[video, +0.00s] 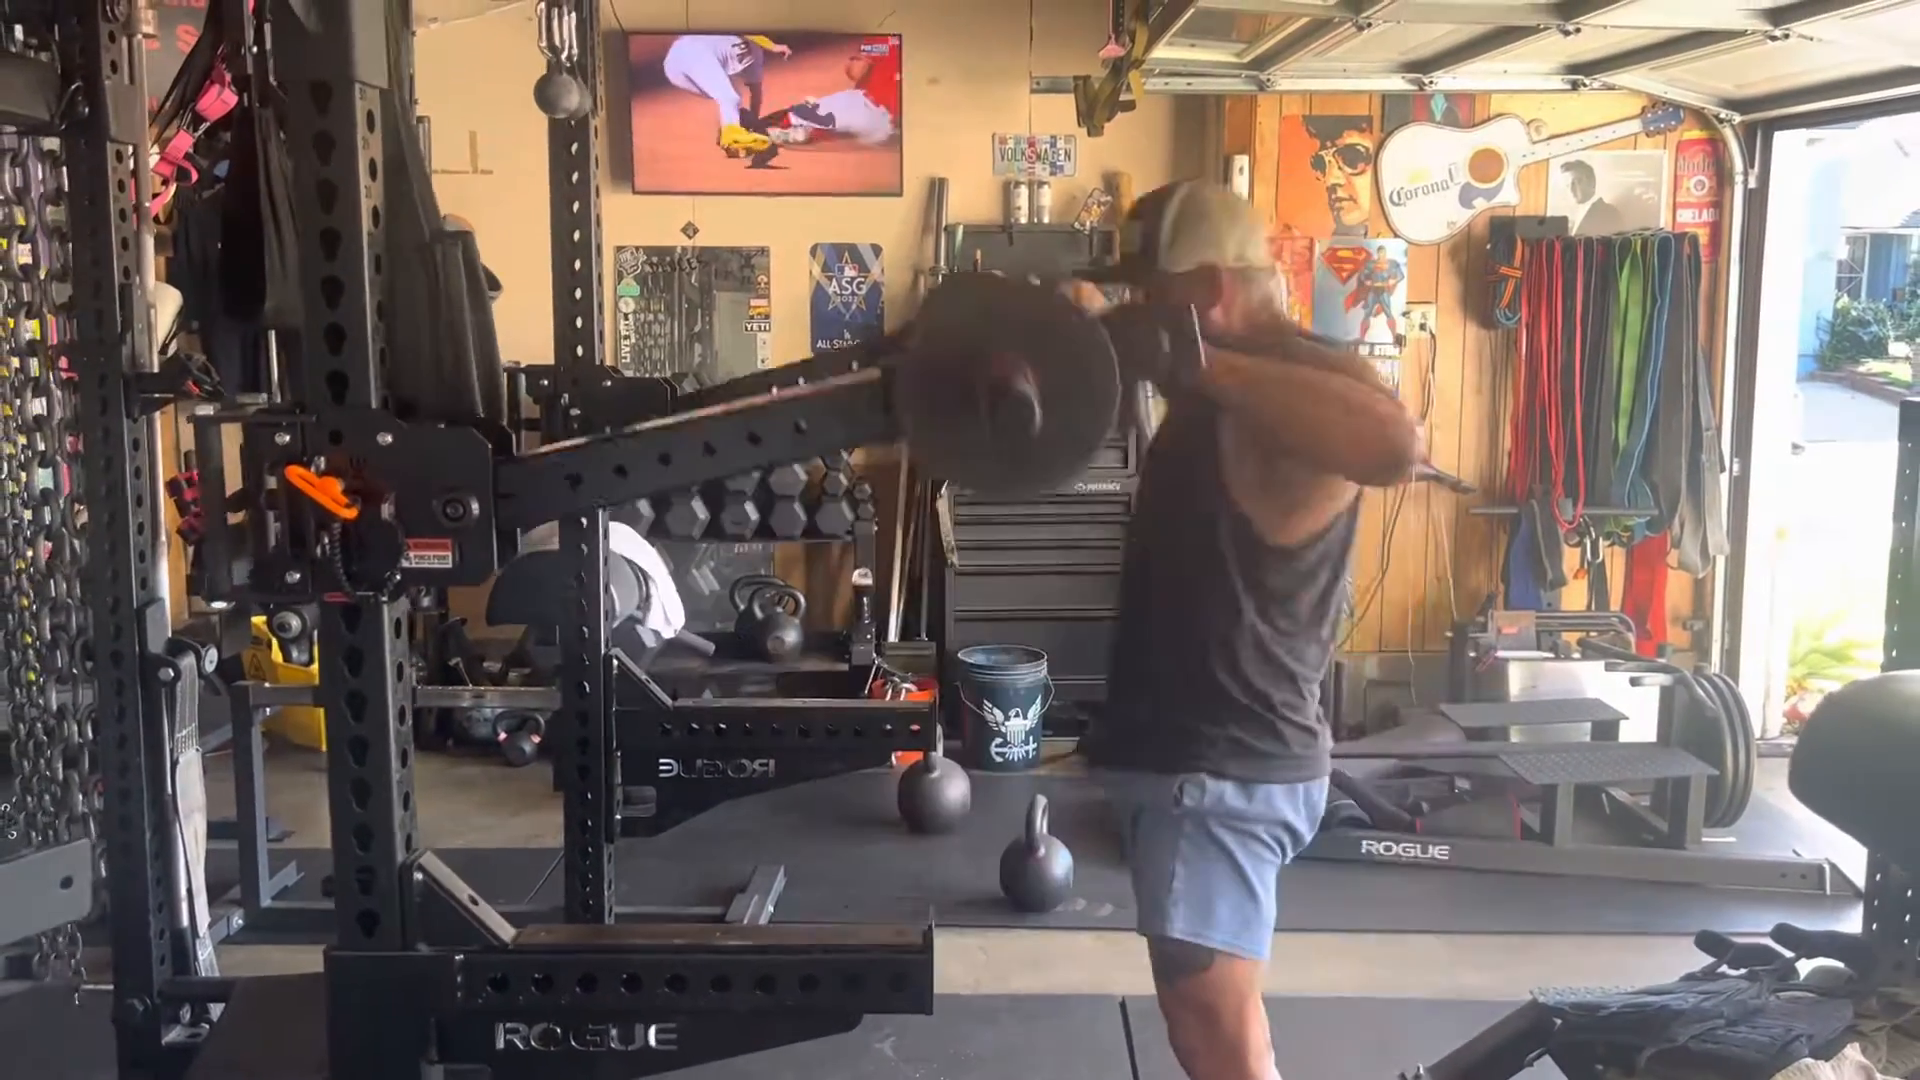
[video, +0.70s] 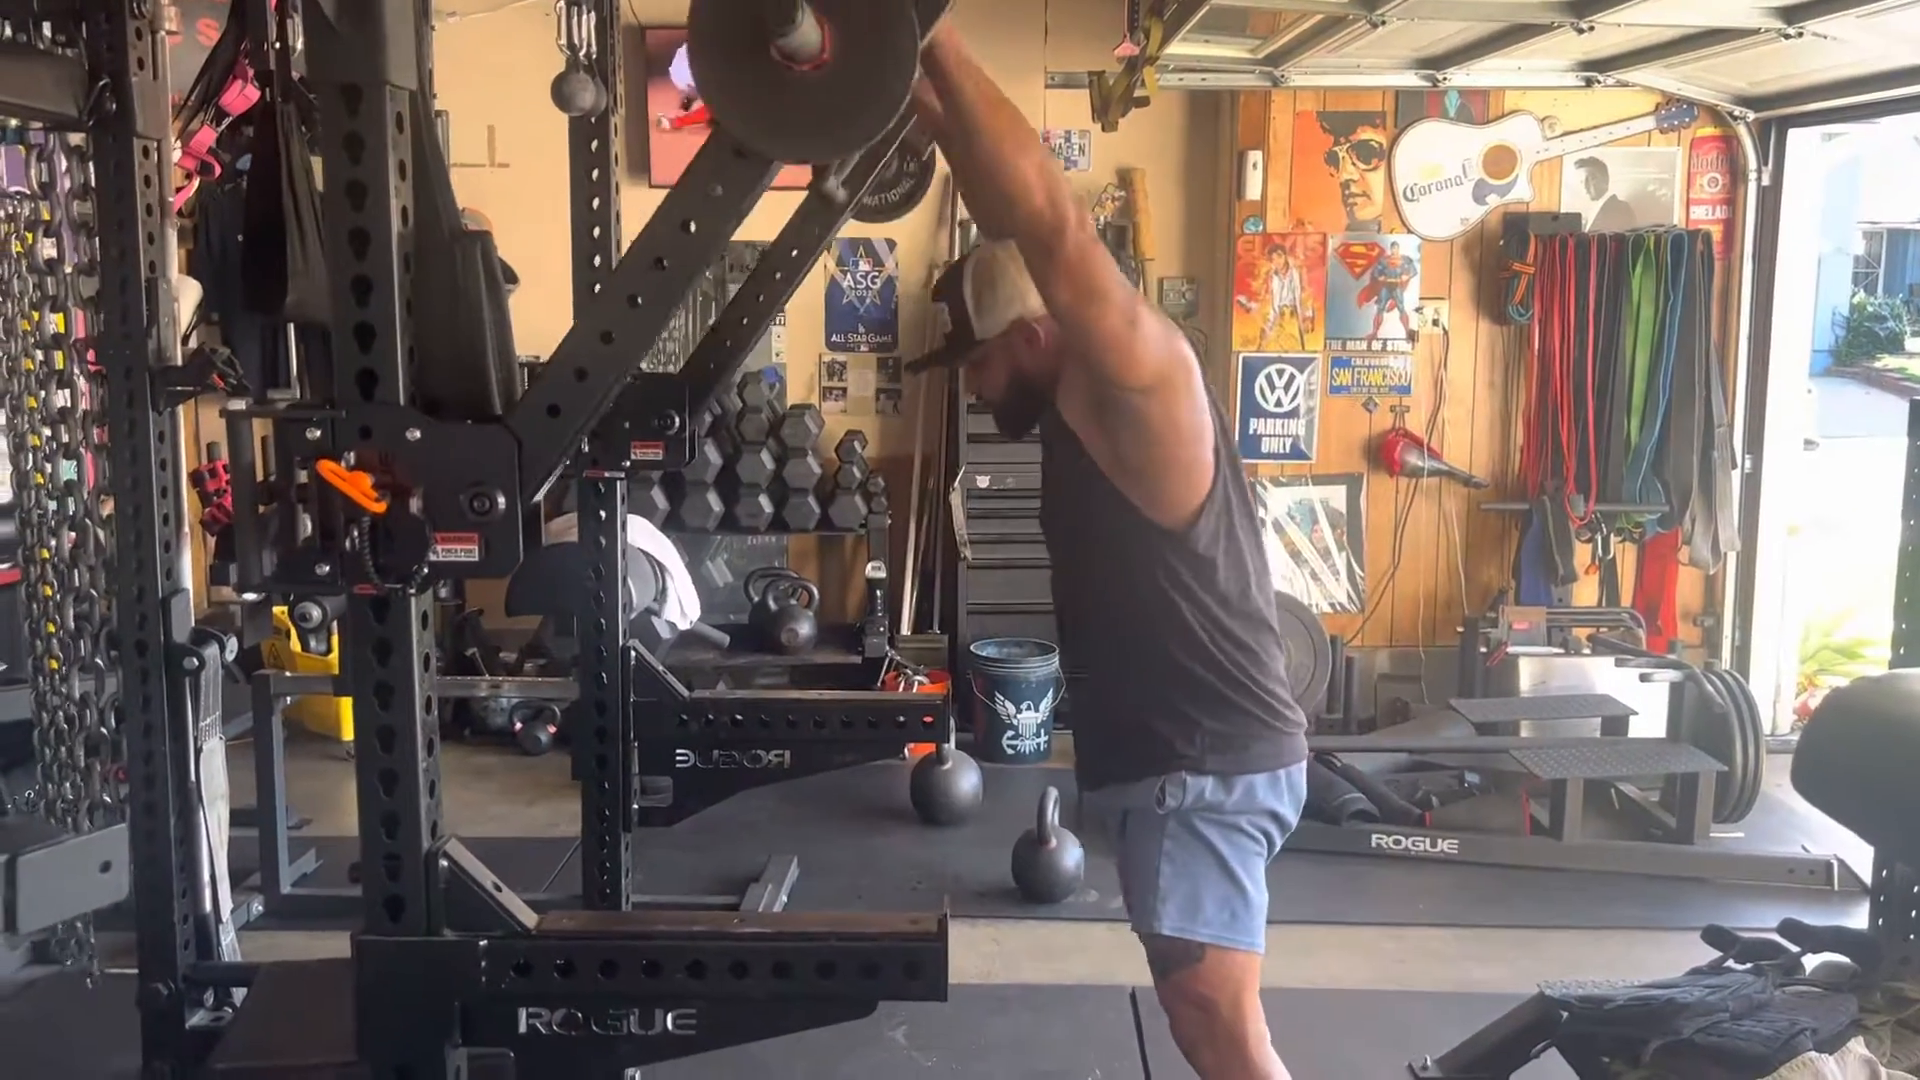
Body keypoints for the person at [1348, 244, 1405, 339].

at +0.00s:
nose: (1381, 255)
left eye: (1383, 253)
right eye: (1380, 253)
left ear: (1386, 253)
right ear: (1377, 253)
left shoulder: (1392, 264)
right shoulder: (1370, 264)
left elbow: (1401, 276)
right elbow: (1362, 275)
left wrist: (1393, 282)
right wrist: (1366, 281)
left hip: (1385, 288)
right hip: (1373, 288)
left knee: (1388, 313)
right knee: (1367, 313)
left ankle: (1394, 337)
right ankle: (1362, 337)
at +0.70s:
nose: (1394, 251)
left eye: (1396, 248)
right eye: (1393, 248)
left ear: (1399, 249)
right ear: (1390, 249)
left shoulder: (1405, 260)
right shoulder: (1384, 260)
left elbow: (1414, 271)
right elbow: (1375, 271)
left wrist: (1406, 277)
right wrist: (1379, 277)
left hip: (1398, 284)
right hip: (1386, 284)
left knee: (1401, 308)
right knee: (1380, 308)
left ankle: (1407, 332)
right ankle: (1374, 332)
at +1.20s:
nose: (1422, 229)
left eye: (1424, 227)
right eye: (1421, 227)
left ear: (1427, 227)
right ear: (1418, 227)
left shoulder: (1434, 238)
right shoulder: (1412, 238)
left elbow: (1442, 250)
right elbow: (1403, 250)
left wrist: (1435, 256)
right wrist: (1407, 256)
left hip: (1425, 262)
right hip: (1413, 262)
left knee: (1428, 286)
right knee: (1408, 286)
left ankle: (1435, 311)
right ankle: (1402, 311)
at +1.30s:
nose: (1429, 224)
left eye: (1431, 222)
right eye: (1428, 222)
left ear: (1434, 222)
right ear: (1425, 222)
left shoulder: (1440, 233)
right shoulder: (1418, 233)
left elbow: (1449, 244)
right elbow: (1410, 244)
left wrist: (1442, 250)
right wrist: (1414, 250)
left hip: (1432, 257)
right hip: (1420, 257)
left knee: (1435, 281)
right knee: (1415, 281)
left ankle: (1442, 306)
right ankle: (1409, 304)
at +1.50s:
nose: (1443, 213)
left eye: (1445, 210)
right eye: (1441, 210)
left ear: (1447, 211)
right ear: (1439, 211)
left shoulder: (1454, 221)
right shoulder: (1433, 221)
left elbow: (1463, 233)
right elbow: (1424, 233)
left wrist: (1456, 239)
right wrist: (1427, 239)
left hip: (1446, 246)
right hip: (1434, 246)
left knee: (1450, 271)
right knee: (1428, 271)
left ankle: (1456, 295)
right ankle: (1422, 296)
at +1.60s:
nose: (1454, 205)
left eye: (1455, 203)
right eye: (1452, 203)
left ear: (1458, 203)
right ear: (1449, 204)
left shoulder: (1465, 214)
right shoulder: (1443, 214)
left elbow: (1472, 225)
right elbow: (1434, 225)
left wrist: (1465, 232)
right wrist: (1438, 232)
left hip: (1456, 238)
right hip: (1444, 238)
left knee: (1459, 262)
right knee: (1439, 262)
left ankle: (1466, 287)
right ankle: (1431, 288)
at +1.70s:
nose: (1463, 197)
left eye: (1465, 195)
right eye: (1461, 195)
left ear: (1467, 196)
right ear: (1458, 196)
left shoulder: (1474, 207)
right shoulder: (1452, 206)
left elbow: (1482, 218)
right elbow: (1443, 218)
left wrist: (1475, 224)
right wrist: (1448, 224)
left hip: (1466, 231)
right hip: (1454, 231)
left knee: (1469, 255)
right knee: (1448, 255)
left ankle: (1475, 280)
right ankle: (1441, 280)